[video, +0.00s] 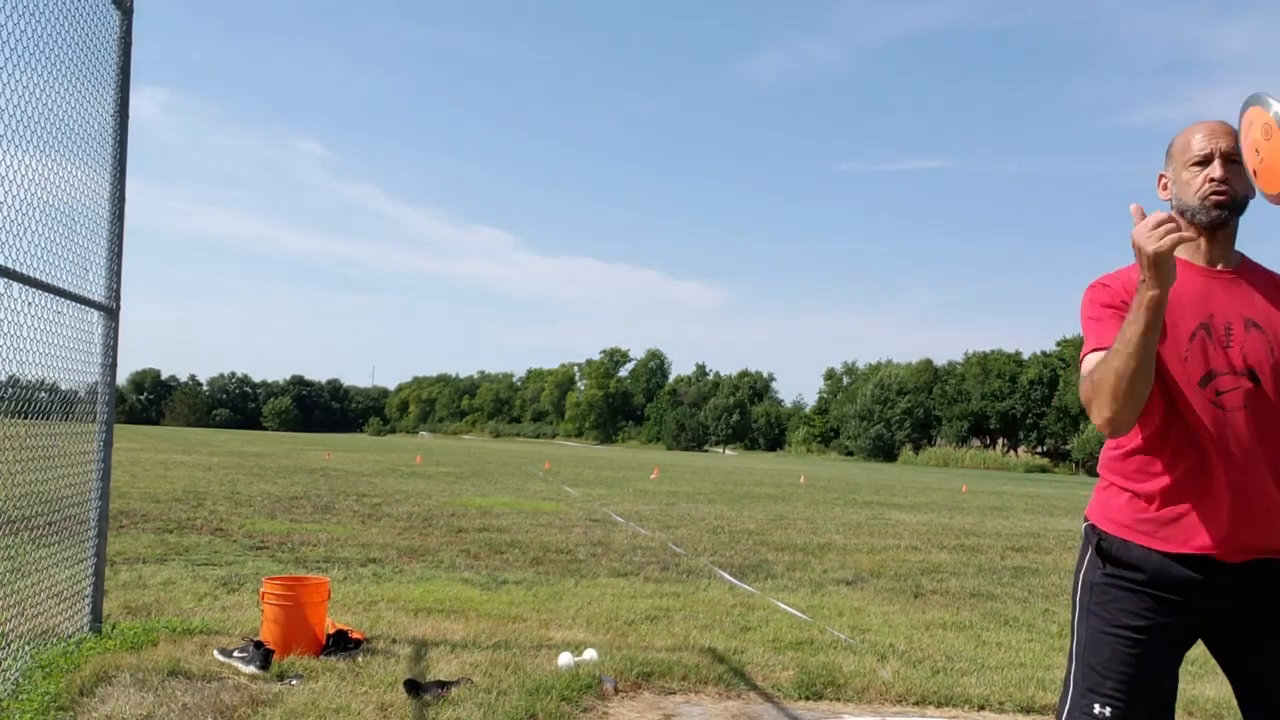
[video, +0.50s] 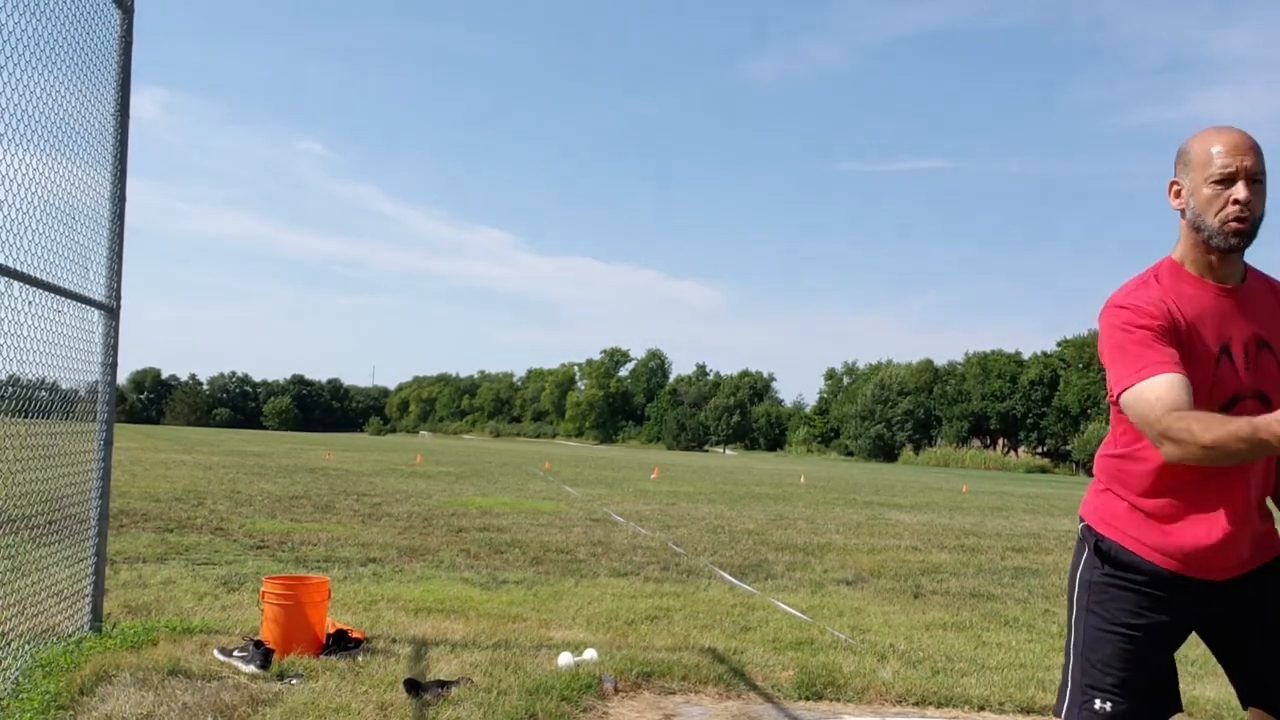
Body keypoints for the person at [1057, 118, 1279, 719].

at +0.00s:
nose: (1221, 172)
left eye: (1234, 161)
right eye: (1201, 162)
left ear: (1250, 184)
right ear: (1166, 186)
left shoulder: (1273, 293)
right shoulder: (1119, 292)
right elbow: (1110, 415)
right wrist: (1152, 287)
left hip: (1261, 569)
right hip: (1139, 563)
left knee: (1273, 705)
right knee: (1103, 711)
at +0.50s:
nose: (1244, 195)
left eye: (1255, 181)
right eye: (1225, 180)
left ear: (1266, 193)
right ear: (1179, 195)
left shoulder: (1273, 304)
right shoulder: (1137, 308)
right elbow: (1175, 435)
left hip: (1248, 560)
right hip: (1134, 559)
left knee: (1275, 702)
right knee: (1103, 712)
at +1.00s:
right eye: (1278, 242)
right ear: (1243, 226)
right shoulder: (1179, 324)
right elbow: (1057, 435)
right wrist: (1155, 535)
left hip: (1254, 575)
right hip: (1134, 567)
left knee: (1275, 706)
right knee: (1101, 713)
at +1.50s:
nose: (1266, 261)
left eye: (1278, 243)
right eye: (1249, 242)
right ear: (1205, 222)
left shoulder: (1278, 317)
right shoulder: (1130, 324)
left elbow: (1275, 428)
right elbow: (1085, 466)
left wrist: (1275, 458)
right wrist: (1214, 481)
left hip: (1251, 563)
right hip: (1126, 557)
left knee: (1279, 703)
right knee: (1088, 713)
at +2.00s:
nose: (1260, 260)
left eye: (1275, 241)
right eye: (1244, 239)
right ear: (1203, 225)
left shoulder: (1276, 318)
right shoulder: (1134, 325)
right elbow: (1113, 475)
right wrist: (1241, 477)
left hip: (1243, 561)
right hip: (1124, 555)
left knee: (1277, 703)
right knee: (1086, 710)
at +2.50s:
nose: (1223, 259)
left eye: (1239, 241)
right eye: (1206, 240)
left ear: (1260, 238)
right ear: (1167, 233)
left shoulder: (1274, 332)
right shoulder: (1111, 337)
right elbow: (1109, 484)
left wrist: (1268, 529)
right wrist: (1193, 526)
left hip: (1234, 570)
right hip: (1111, 565)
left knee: (1274, 704)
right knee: (1090, 711)